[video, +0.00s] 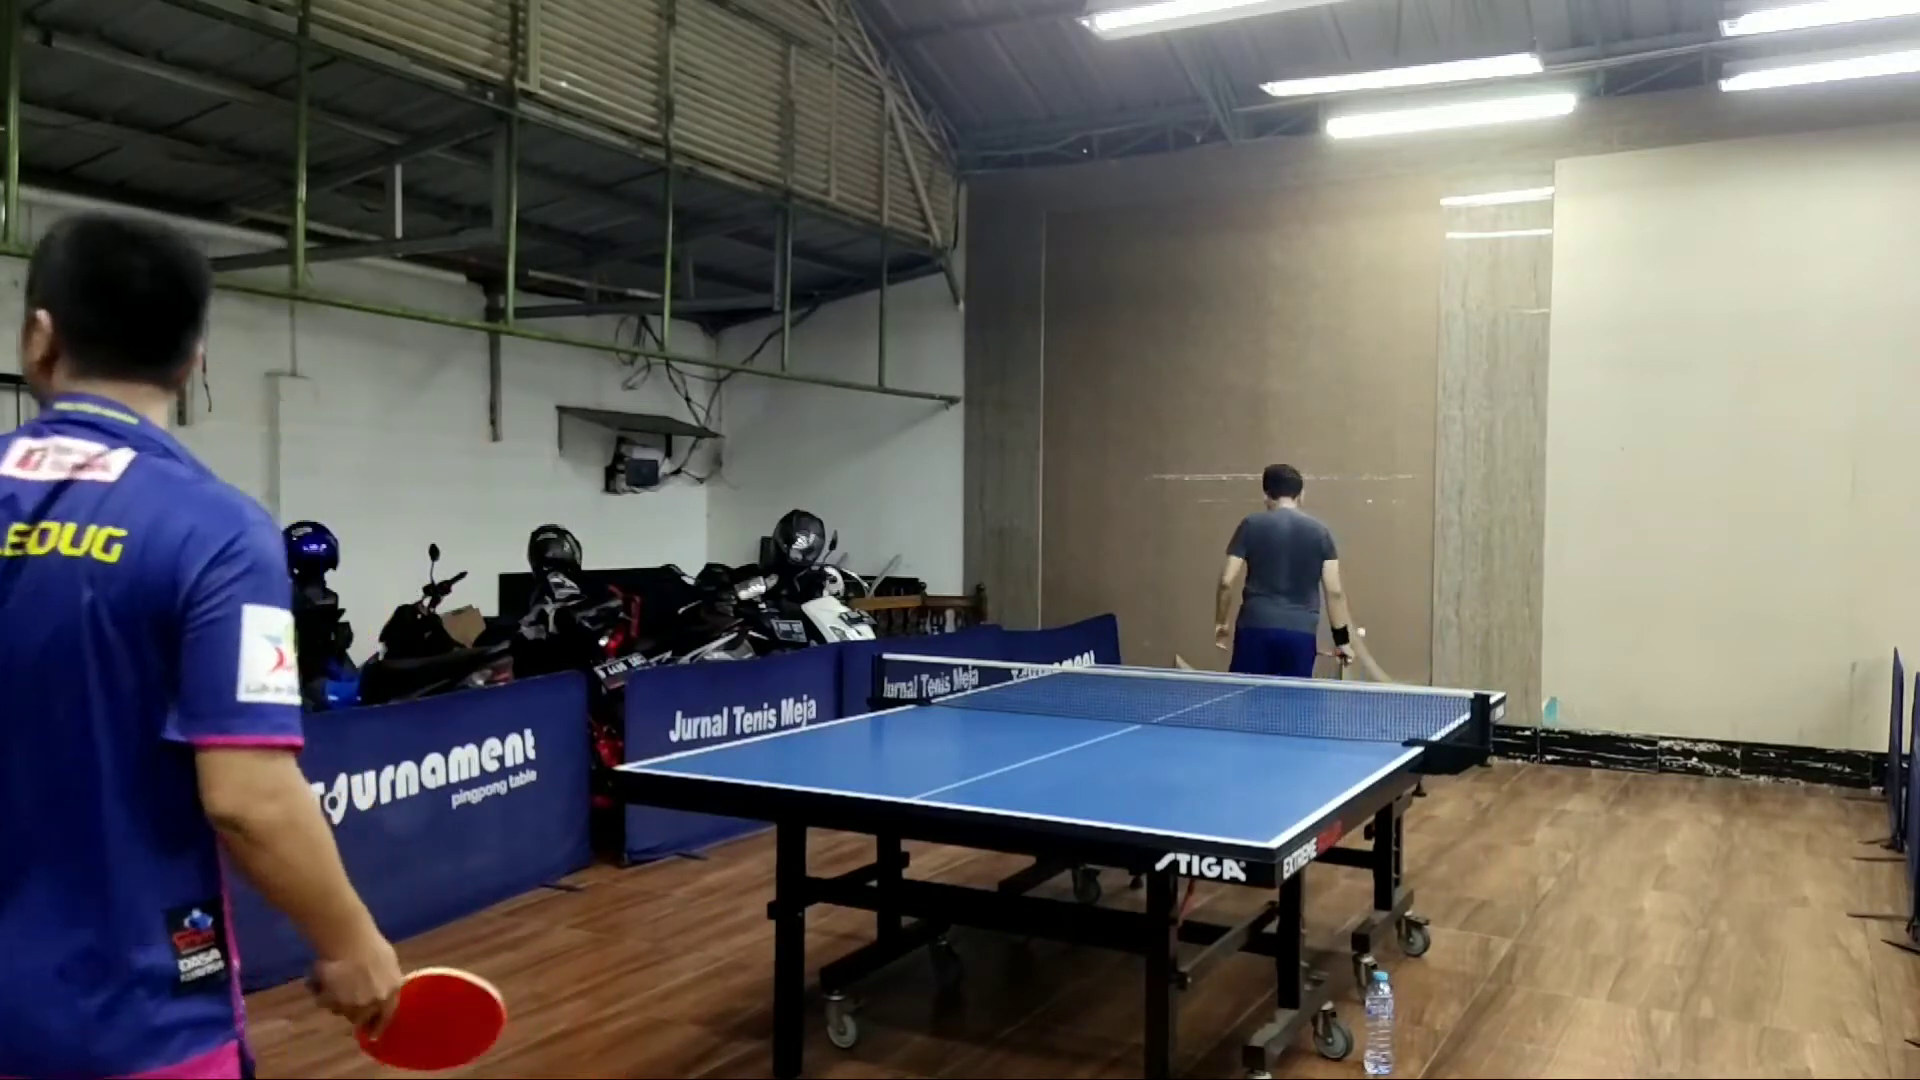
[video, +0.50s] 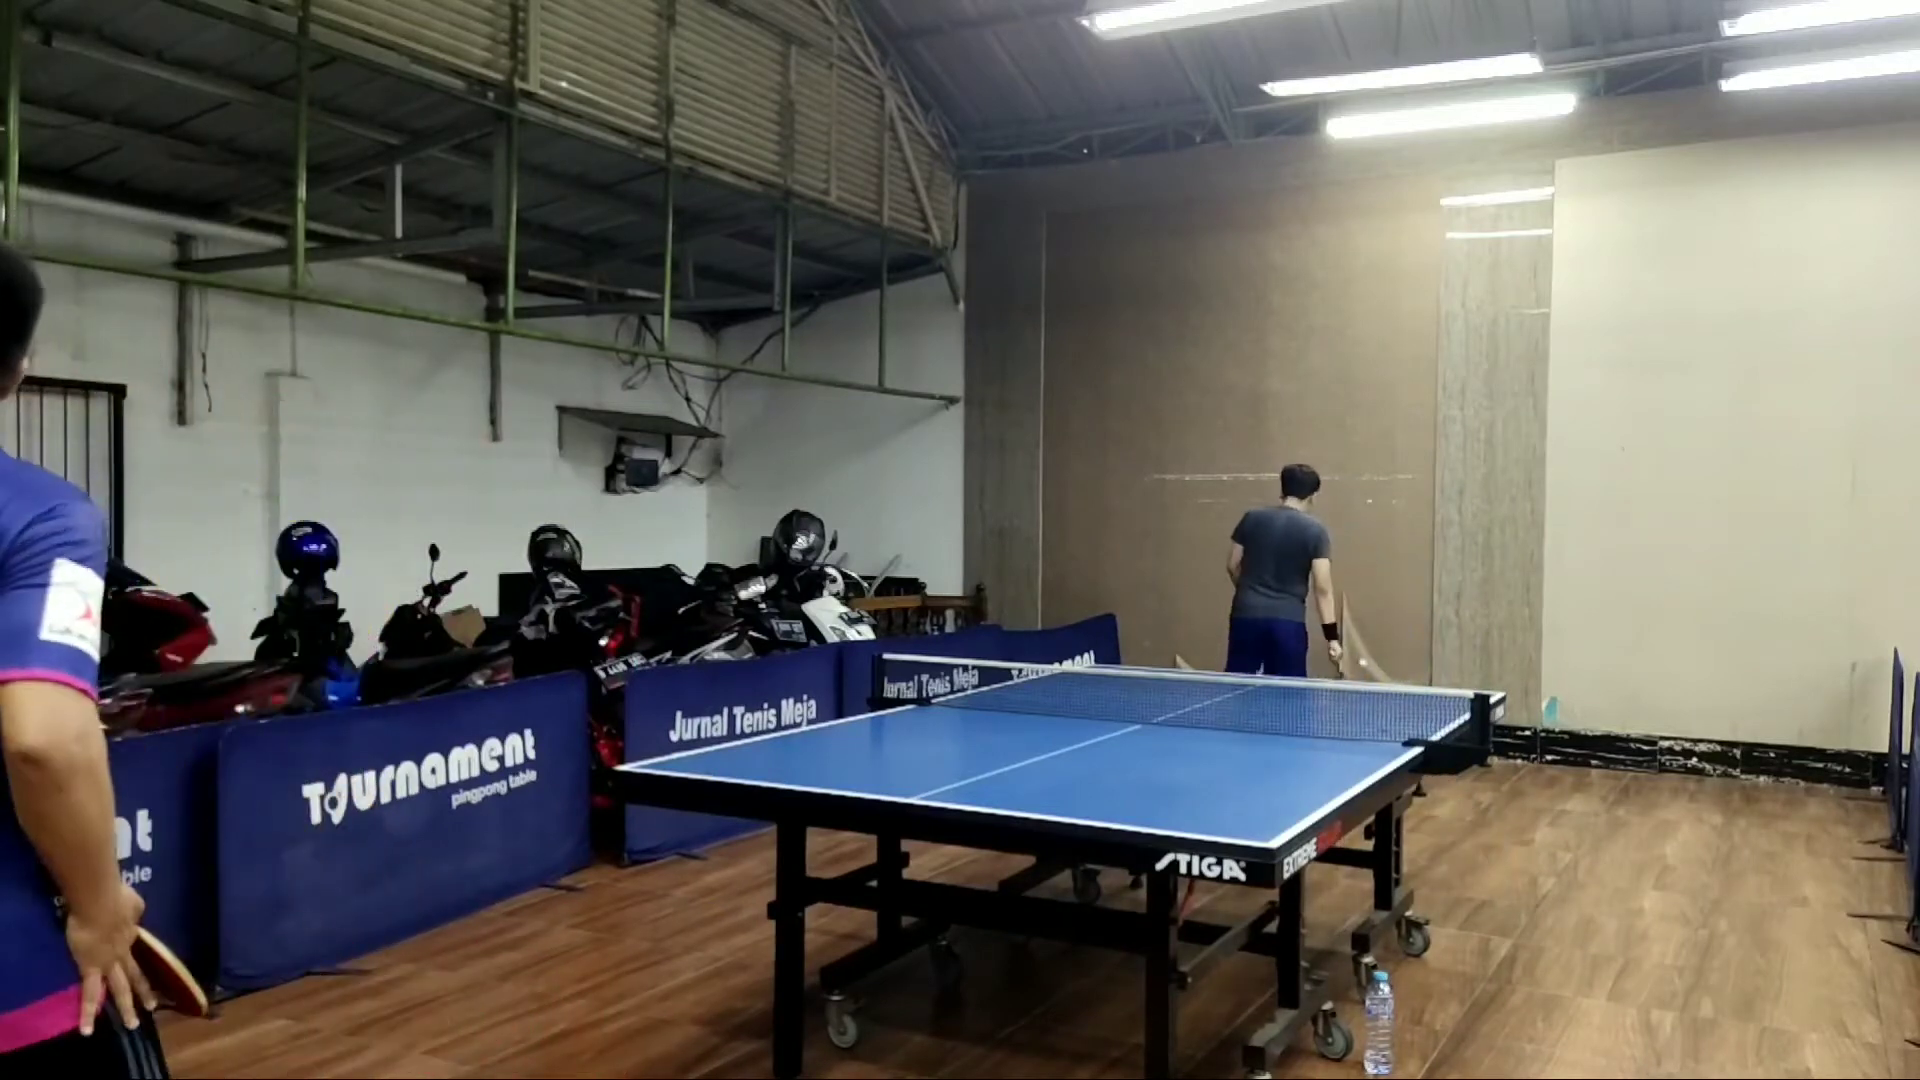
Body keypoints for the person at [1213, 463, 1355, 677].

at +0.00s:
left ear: (1268, 496)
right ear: (1300, 496)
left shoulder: (1252, 525)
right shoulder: (1319, 532)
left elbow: (1226, 582)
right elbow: (1334, 592)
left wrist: (1222, 622)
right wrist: (1343, 641)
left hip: (1255, 634)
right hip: (1299, 638)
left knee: (1242, 706)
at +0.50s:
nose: (1314, 500)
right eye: (1314, 495)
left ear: (1283, 489)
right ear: (1311, 496)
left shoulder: (1253, 518)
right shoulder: (1314, 530)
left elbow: (1233, 565)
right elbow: (1323, 589)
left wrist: (1248, 592)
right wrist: (1332, 637)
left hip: (1246, 622)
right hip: (1287, 627)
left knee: (1235, 695)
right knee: (1289, 700)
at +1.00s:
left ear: (1253, 546)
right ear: (1279, 537)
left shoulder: (1244, 562)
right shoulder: (1300, 545)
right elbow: (1324, 577)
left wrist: (1238, 675)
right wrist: (1338, 620)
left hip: (1254, 627)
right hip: (1293, 622)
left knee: (1264, 688)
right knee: (1315, 687)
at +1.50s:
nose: (1233, 546)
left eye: (1233, 538)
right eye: (1231, 539)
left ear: (1248, 534)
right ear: (1266, 530)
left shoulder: (1246, 559)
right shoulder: (1301, 544)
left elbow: (1228, 610)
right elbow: (1338, 584)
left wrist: (1222, 617)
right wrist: (1343, 630)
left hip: (1291, 624)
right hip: (1330, 622)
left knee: (1269, 691)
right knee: (1316, 692)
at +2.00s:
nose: (1311, 495)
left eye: (1320, 489)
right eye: (1310, 488)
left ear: (1340, 493)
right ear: (1307, 489)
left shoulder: (1348, 525)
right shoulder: (1322, 526)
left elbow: (1353, 577)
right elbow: (1323, 576)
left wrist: (1342, 623)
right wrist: (1303, 613)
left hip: (1361, 616)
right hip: (1339, 614)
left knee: (1336, 682)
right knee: (1333, 679)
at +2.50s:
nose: (1407, 492)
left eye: (1416, 486)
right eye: (1403, 486)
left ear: (1434, 492)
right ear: (1398, 491)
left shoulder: (1449, 531)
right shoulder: (1388, 534)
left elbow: (1451, 579)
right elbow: (1371, 579)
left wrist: (1415, 592)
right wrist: (1357, 619)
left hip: (1442, 640)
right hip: (1398, 639)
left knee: (1452, 711)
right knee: (1377, 707)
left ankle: (1449, 791)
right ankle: (1387, 785)